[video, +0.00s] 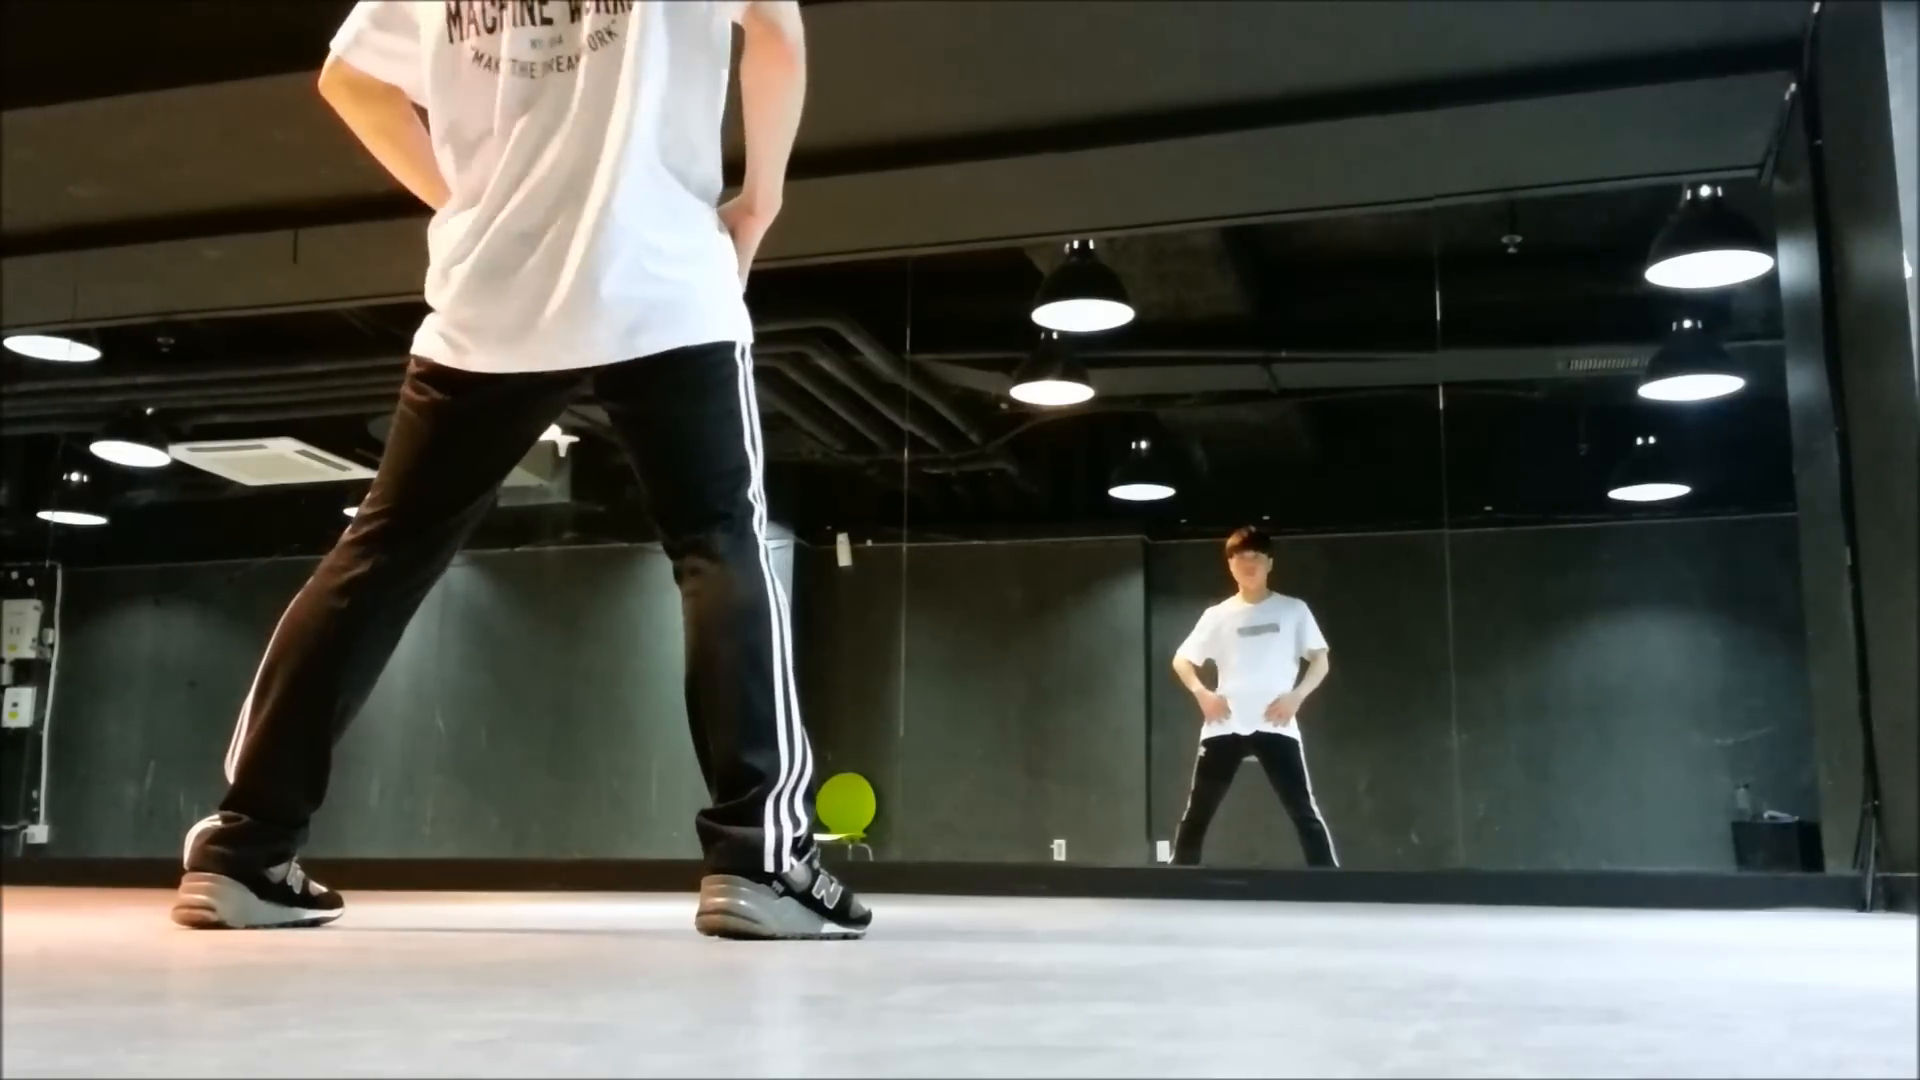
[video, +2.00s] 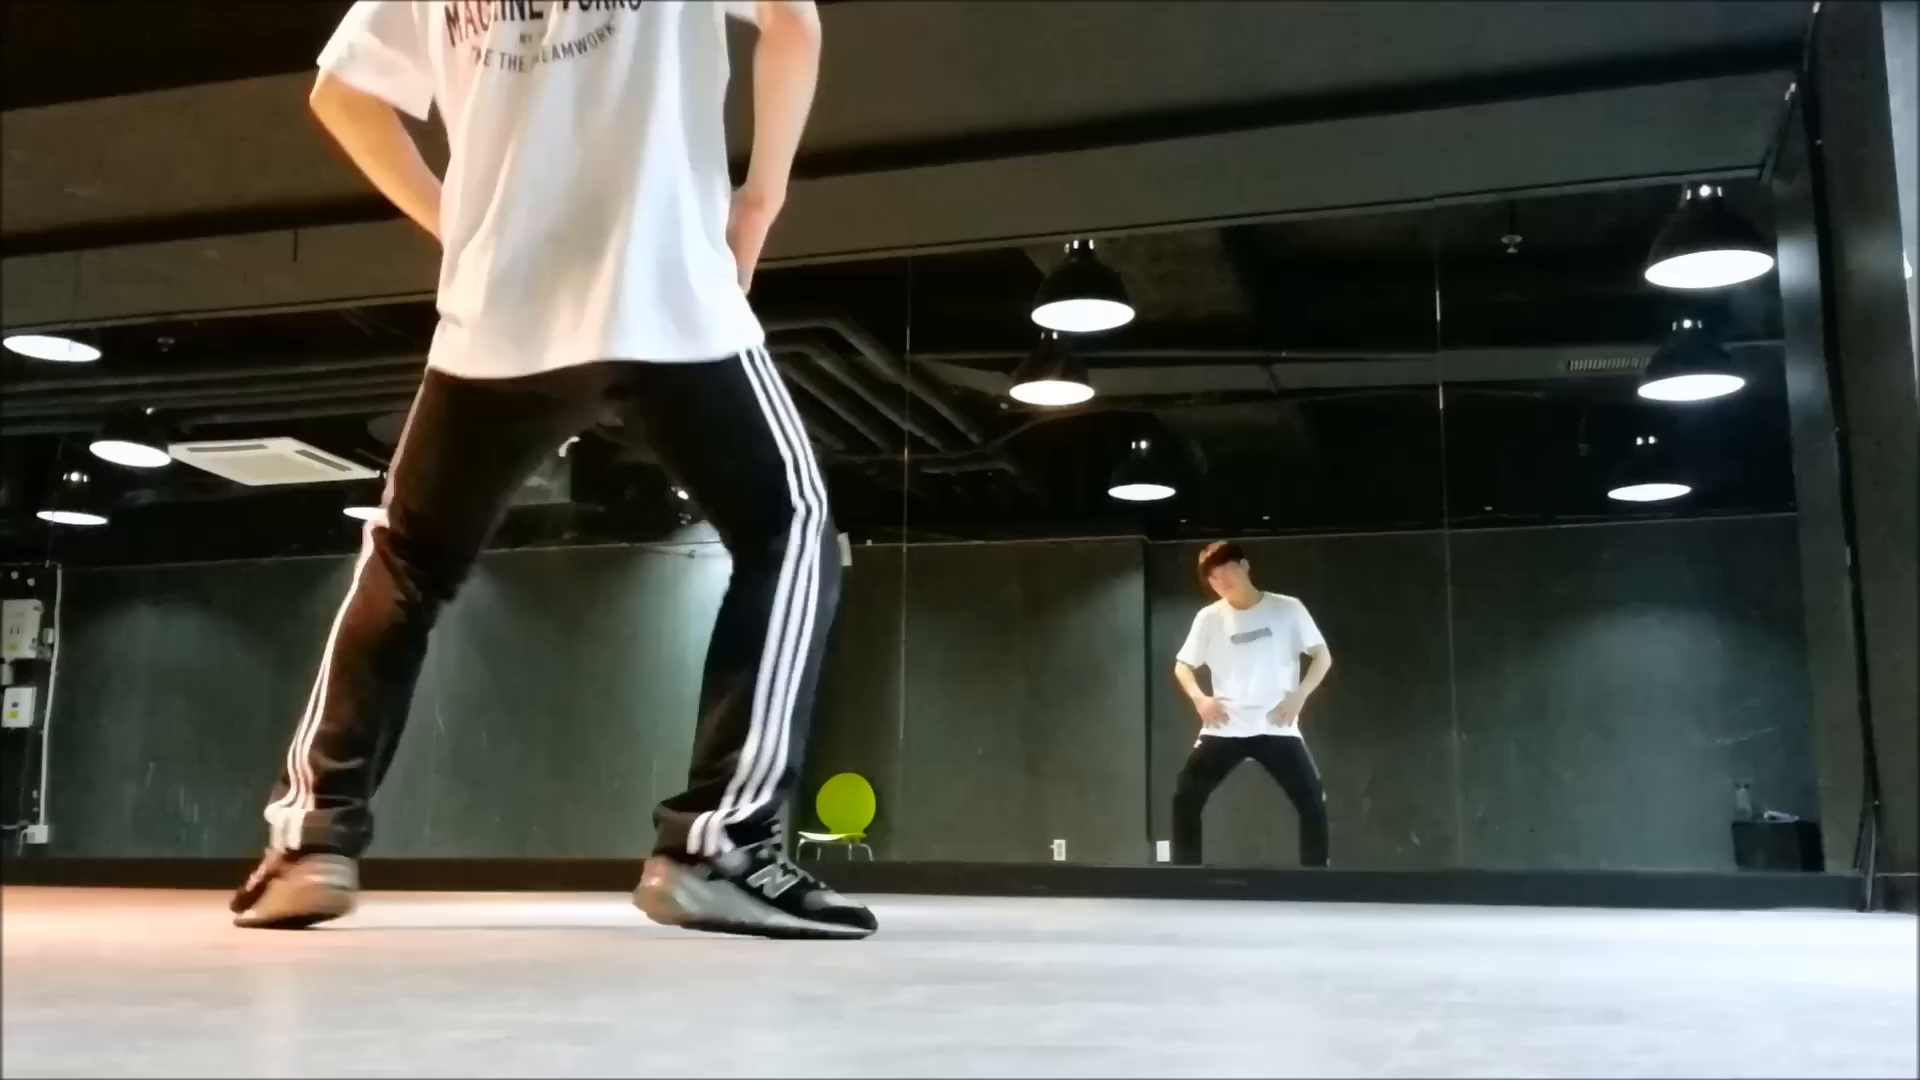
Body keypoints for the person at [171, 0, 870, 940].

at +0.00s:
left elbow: (353, 75)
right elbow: (773, 28)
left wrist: (466, 201)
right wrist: (758, 196)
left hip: (490, 270)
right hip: (658, 266)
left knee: (383, 550)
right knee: (722, 549)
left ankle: (242, 843)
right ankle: (760, 854)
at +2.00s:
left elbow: (342, 89)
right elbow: (790, 21)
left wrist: (451, 220)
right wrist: (761, 193)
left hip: (500, 289)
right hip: (668, 275)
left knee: (402, 567)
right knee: (791, 534)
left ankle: (313, 839)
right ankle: (724, 844)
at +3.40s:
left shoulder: (401, 3)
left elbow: (301, 63)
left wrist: (391, 220)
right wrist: (754, 164)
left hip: (458, 258)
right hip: (635, 243)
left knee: (385, 566)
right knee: (748, 544)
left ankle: (168, 824)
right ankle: (774, 847)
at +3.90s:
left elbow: (306, 68)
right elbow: (764, 35)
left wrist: (409, 218)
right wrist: (743, 185)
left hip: (464, 290)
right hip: (632, 291)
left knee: (383, 565)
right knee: (741, 548)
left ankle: (275, 833)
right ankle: (706, 825)